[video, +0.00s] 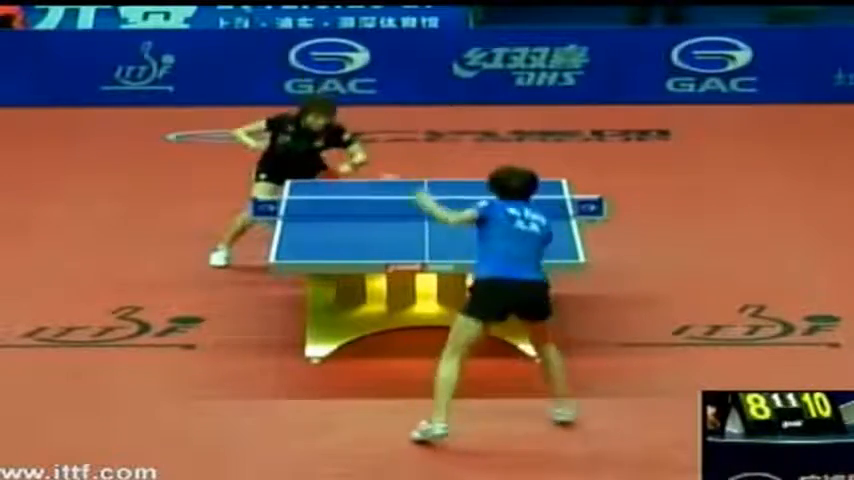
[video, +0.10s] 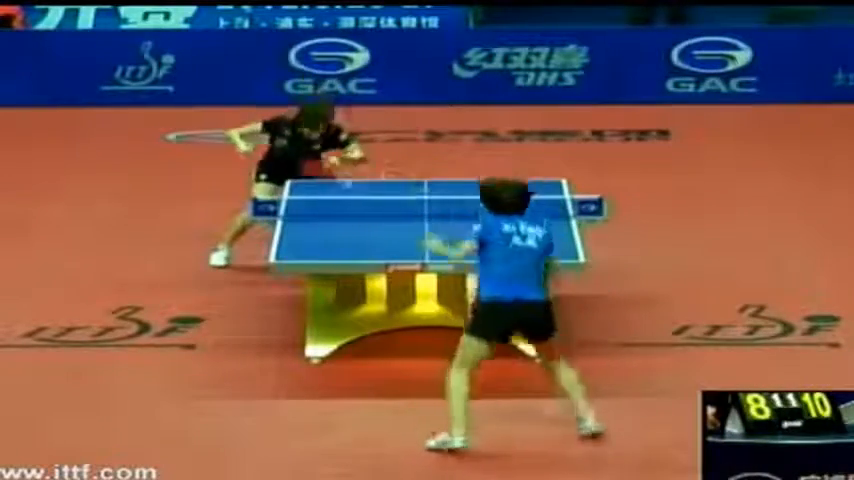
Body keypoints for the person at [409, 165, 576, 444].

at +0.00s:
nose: (491, 194)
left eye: (494, 190)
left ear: (499, 191)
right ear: (528, 193)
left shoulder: (491, 208)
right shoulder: (540, 220)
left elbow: (452, 219)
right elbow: (539, 252)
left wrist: (428, 204)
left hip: (492, 285)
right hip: (532, 287)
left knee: (453, 352)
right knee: (545, 345)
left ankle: (438, 422)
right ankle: (563, 406)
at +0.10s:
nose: (484, 206)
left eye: (486, 202)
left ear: (492, 204)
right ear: (524, 204)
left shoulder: (488, 226)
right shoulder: (540, 231)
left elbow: (463, 253)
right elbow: (548, 271)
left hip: (494, 306)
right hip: (534, 306)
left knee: (461, 367)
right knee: (554, 361)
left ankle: (457, 435)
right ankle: (587, 417)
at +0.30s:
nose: (483, 199)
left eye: (486, 195)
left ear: (489, 197)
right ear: (520, 197)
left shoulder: (481, 221)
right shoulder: (538, 223)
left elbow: (454, 250)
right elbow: (553, 258)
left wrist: (441, 242)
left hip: (488, 296)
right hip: (531, 296)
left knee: (458, 361)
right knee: (560, 356)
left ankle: (454, 430)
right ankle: (587, 420)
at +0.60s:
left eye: (483, 197)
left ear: (484, 201)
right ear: (517, 206)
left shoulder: (469, 223)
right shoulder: (526, 234)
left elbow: (421, 241)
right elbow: (532, 274)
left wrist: (419, 227)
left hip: (471, 305)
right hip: (514, 305)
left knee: (440, 367)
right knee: (545, 351)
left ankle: (450, 433)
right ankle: (556, 407)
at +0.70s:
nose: (503, 198)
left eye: (507, 195)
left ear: (507, 202)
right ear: (535, 212)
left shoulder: (479, 219)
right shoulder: (536, 240)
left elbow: (428, 221)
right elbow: (538, 286)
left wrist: (416, 207)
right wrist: (545, 323)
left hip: (467, 300)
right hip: (507, 303)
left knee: (442, 365)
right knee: (537, 342)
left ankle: (450, 432)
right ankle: (550, 399)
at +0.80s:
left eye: (529, 198)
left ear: (528, 204)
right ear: (552, 220)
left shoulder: (498, 217)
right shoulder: (547, 245)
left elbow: (448, 211)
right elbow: (543, 287)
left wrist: (417, 193)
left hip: (467, 294)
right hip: (506, 301)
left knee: (444, 365)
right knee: (536, 338)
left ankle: (449, 431)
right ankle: (550, 388)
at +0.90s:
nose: (582, 240)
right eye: (583, 234)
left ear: (552, 219)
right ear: (574, 234)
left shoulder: (522, 226)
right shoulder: (563, 259)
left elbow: (479, 209)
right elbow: (552, 288)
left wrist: (447, 183)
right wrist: (590, 278)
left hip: (482, 295)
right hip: (519, 304)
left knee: (449, 363)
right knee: (537, 340)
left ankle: (449, 423)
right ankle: (539, 395)